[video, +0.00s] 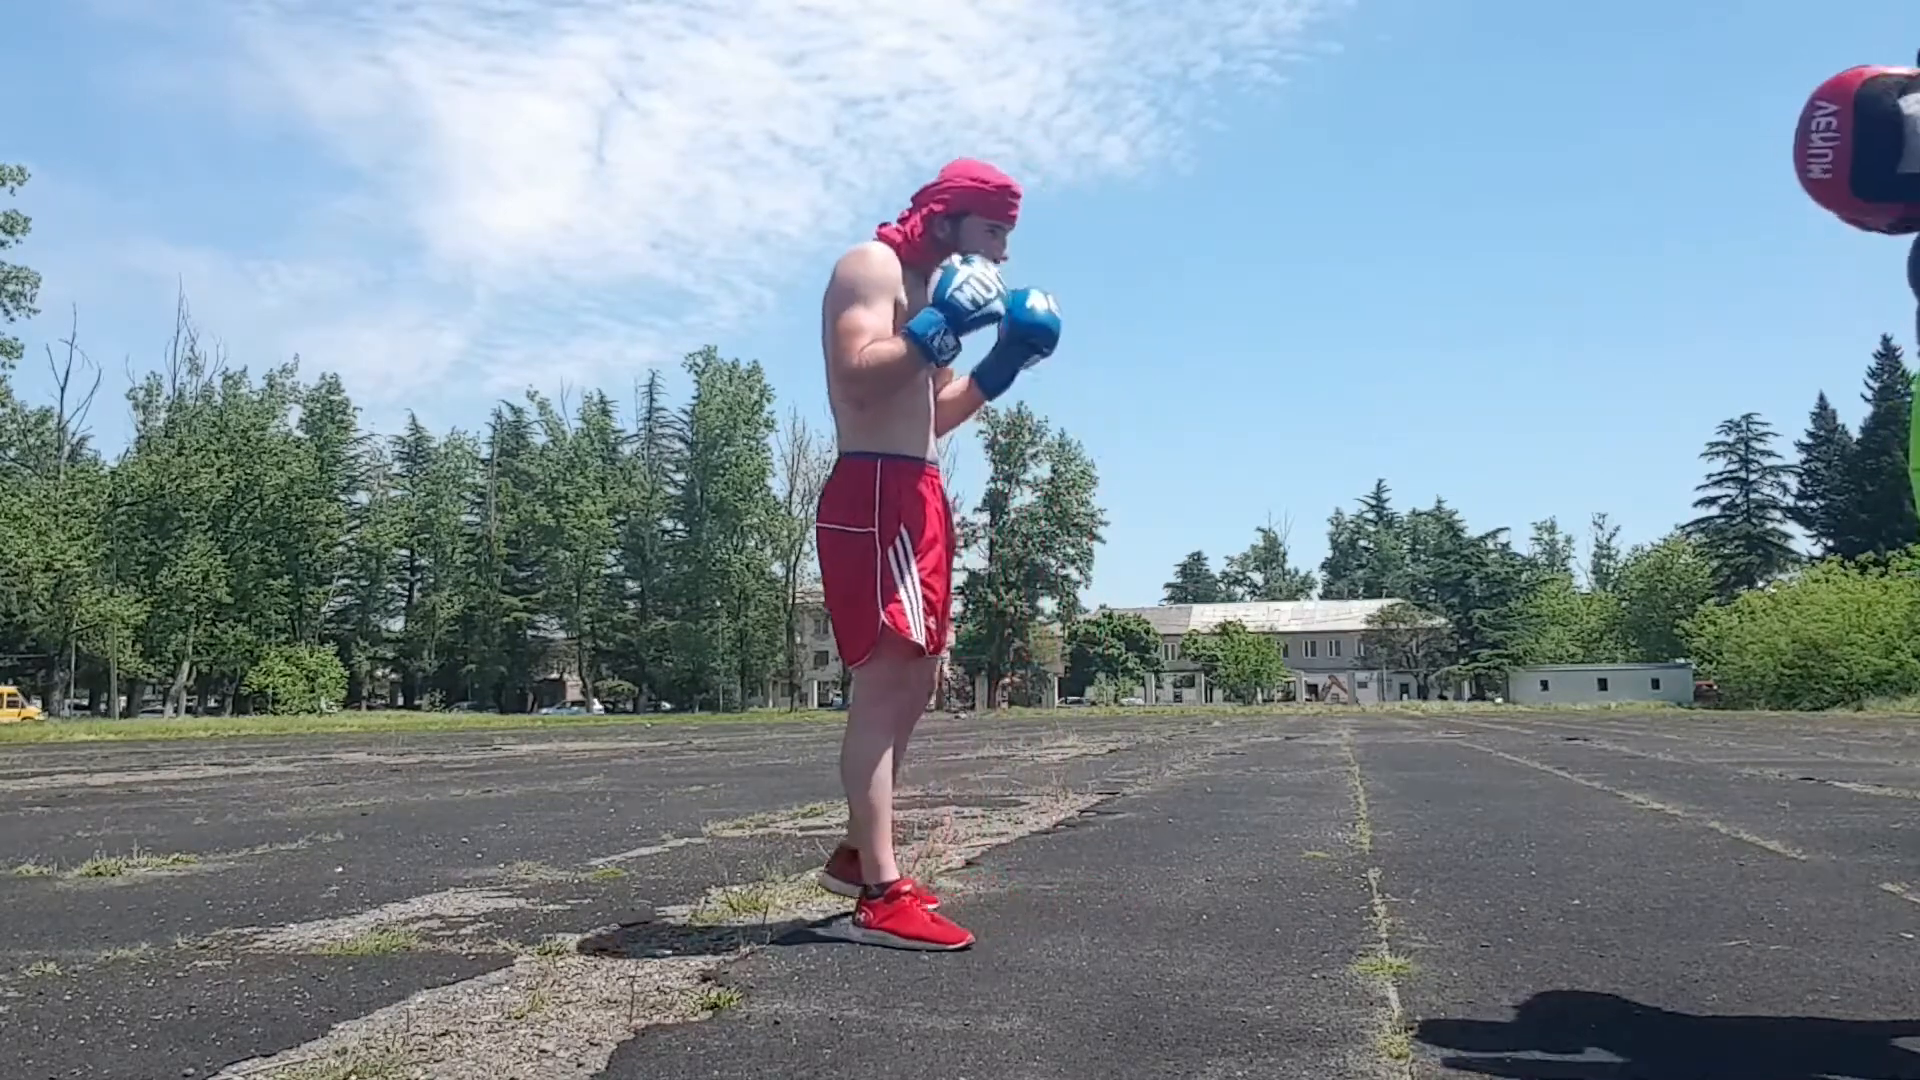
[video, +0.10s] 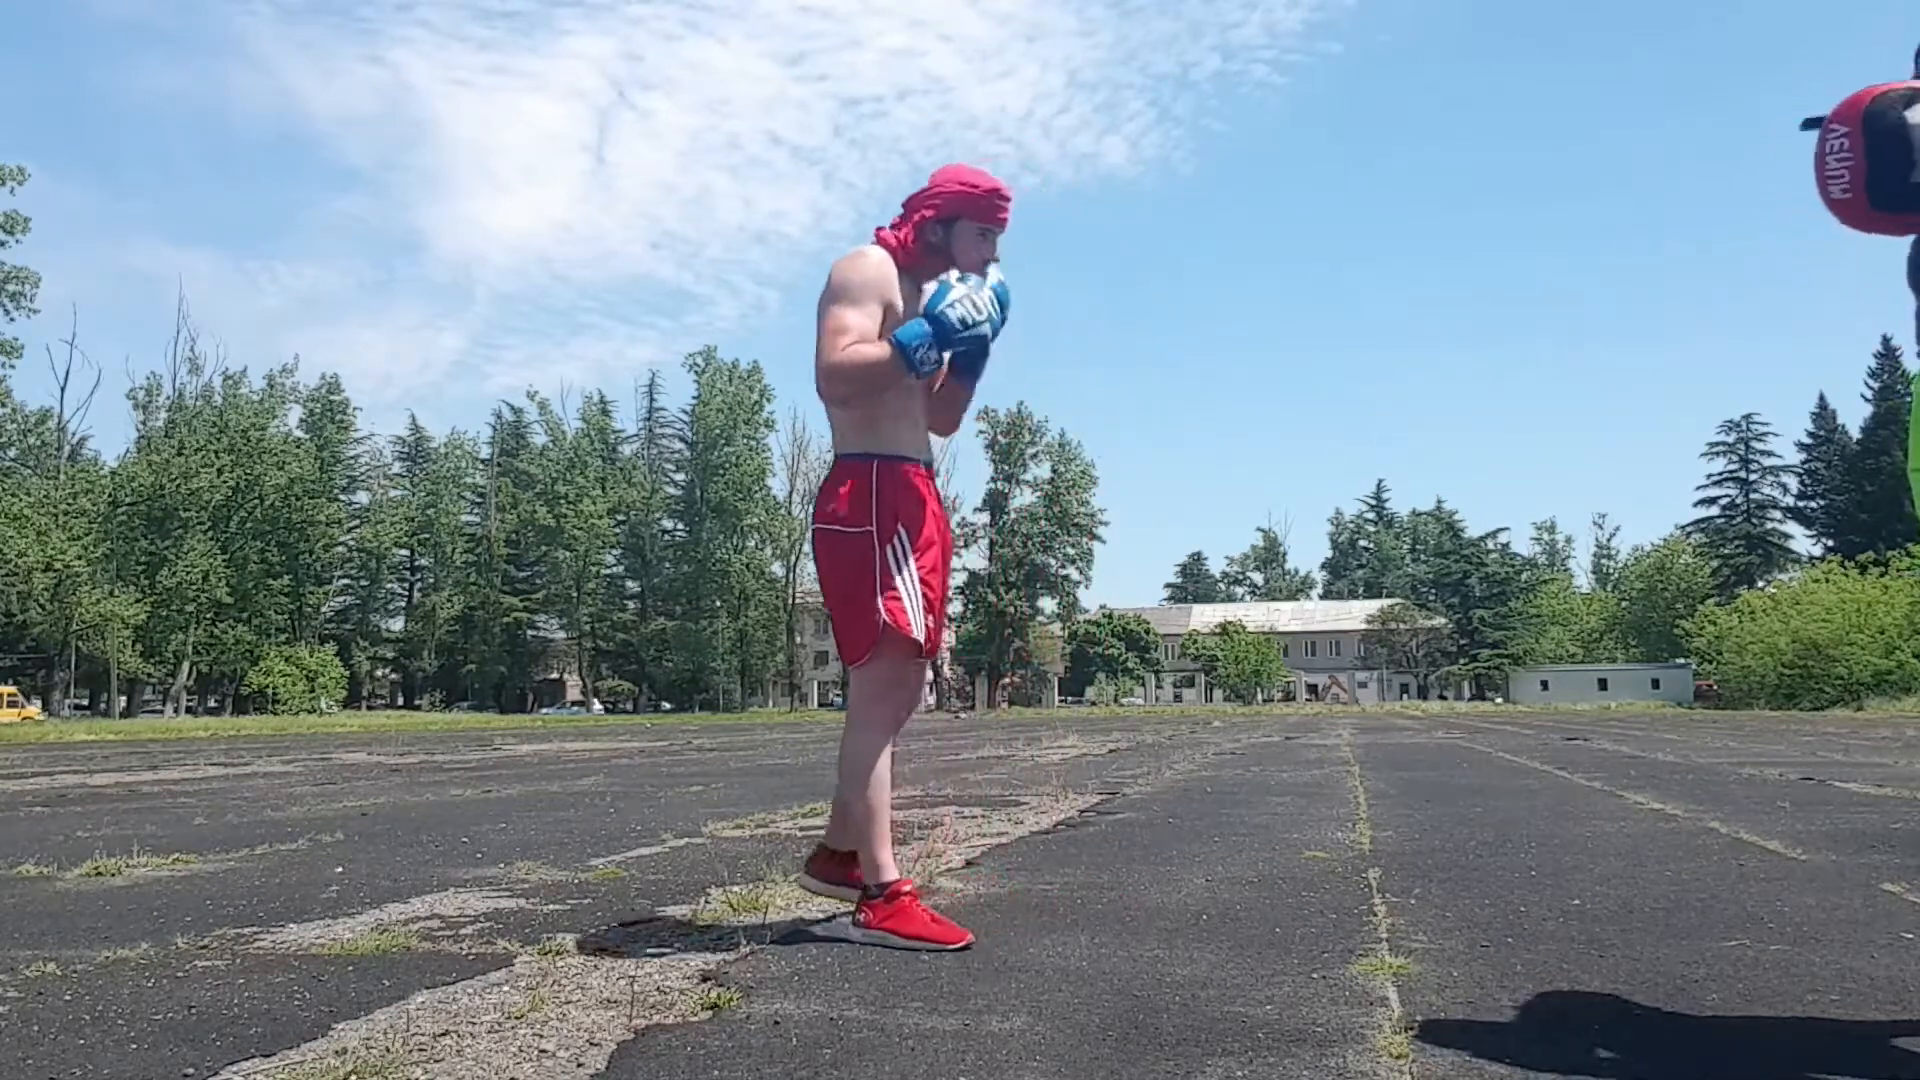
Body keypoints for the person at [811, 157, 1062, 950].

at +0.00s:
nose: (999, 251)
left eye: (1004, 238)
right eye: (992, 233)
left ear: (970, 233)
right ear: (945, 218)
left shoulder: (932, 294)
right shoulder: (872, 264)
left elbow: (936, 417)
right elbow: (855, 376)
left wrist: (1006, 362)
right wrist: (938, 327)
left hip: (920, 495)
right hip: (878, 493)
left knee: (915, 683)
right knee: (886, 682)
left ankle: (860, 849)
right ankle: (882, 886)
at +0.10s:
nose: (991, 252)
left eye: (995, 239)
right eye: (984, 235)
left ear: (954, 237)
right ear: (938, 225)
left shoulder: (925, 295)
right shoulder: (867, 267)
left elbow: (942, 417)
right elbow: (835, 372)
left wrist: (974, 347)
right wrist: (925, 338)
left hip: (913, 499)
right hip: (869, 494)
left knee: (899, 686)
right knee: (883, 687)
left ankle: (842, 843)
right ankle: (883, 887)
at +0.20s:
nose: (962, 244)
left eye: (973, 233)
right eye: (952, 227)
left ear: (970, 240)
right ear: (909, 218)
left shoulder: (928, 303)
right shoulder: (859, 272)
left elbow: (926, 434)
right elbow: (815, 379)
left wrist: (965, 371)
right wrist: (910, 350)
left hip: (910, 501)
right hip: (865, 497)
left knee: (885, 695)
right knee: (878, 696)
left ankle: (835, 858)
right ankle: (881, 889)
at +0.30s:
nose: (949, 251)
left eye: (959, 240)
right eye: (938, 233)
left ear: (956, 247)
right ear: (894, 226)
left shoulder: (911, 315)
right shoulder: (851, 282)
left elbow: (908, 445)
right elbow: (801, 385)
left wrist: (951, 400)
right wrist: (896, 367)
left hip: (901, 504)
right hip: (861, 499)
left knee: (877, 694)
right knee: (874, 690)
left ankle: (828, 876)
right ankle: (881, 890)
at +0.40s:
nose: (940, 259)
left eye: (949, 246)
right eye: (928, 242)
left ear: (945, 252)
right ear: (884, 235)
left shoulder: (906, 326)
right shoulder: (844, 291)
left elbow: (894, 452)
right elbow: (788, 391)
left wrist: (942, 418)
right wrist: (883, 382)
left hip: (889, 508)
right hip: (854, 505)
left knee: (851, 700)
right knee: (877, 698)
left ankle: (823, 877)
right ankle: (882, 890)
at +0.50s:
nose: (938, 264)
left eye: (944, 251)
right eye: (925, 249)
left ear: (941, 257)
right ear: (880, 245)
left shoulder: (904, 340)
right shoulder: (839, 298)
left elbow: (895, 458)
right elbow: (777, 388)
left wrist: (941, 418)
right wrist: (861, 392)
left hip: (884, 513)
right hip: (842, 509)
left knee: (839, 701)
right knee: (881, 693)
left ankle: (821, 874)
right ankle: (879, 884)